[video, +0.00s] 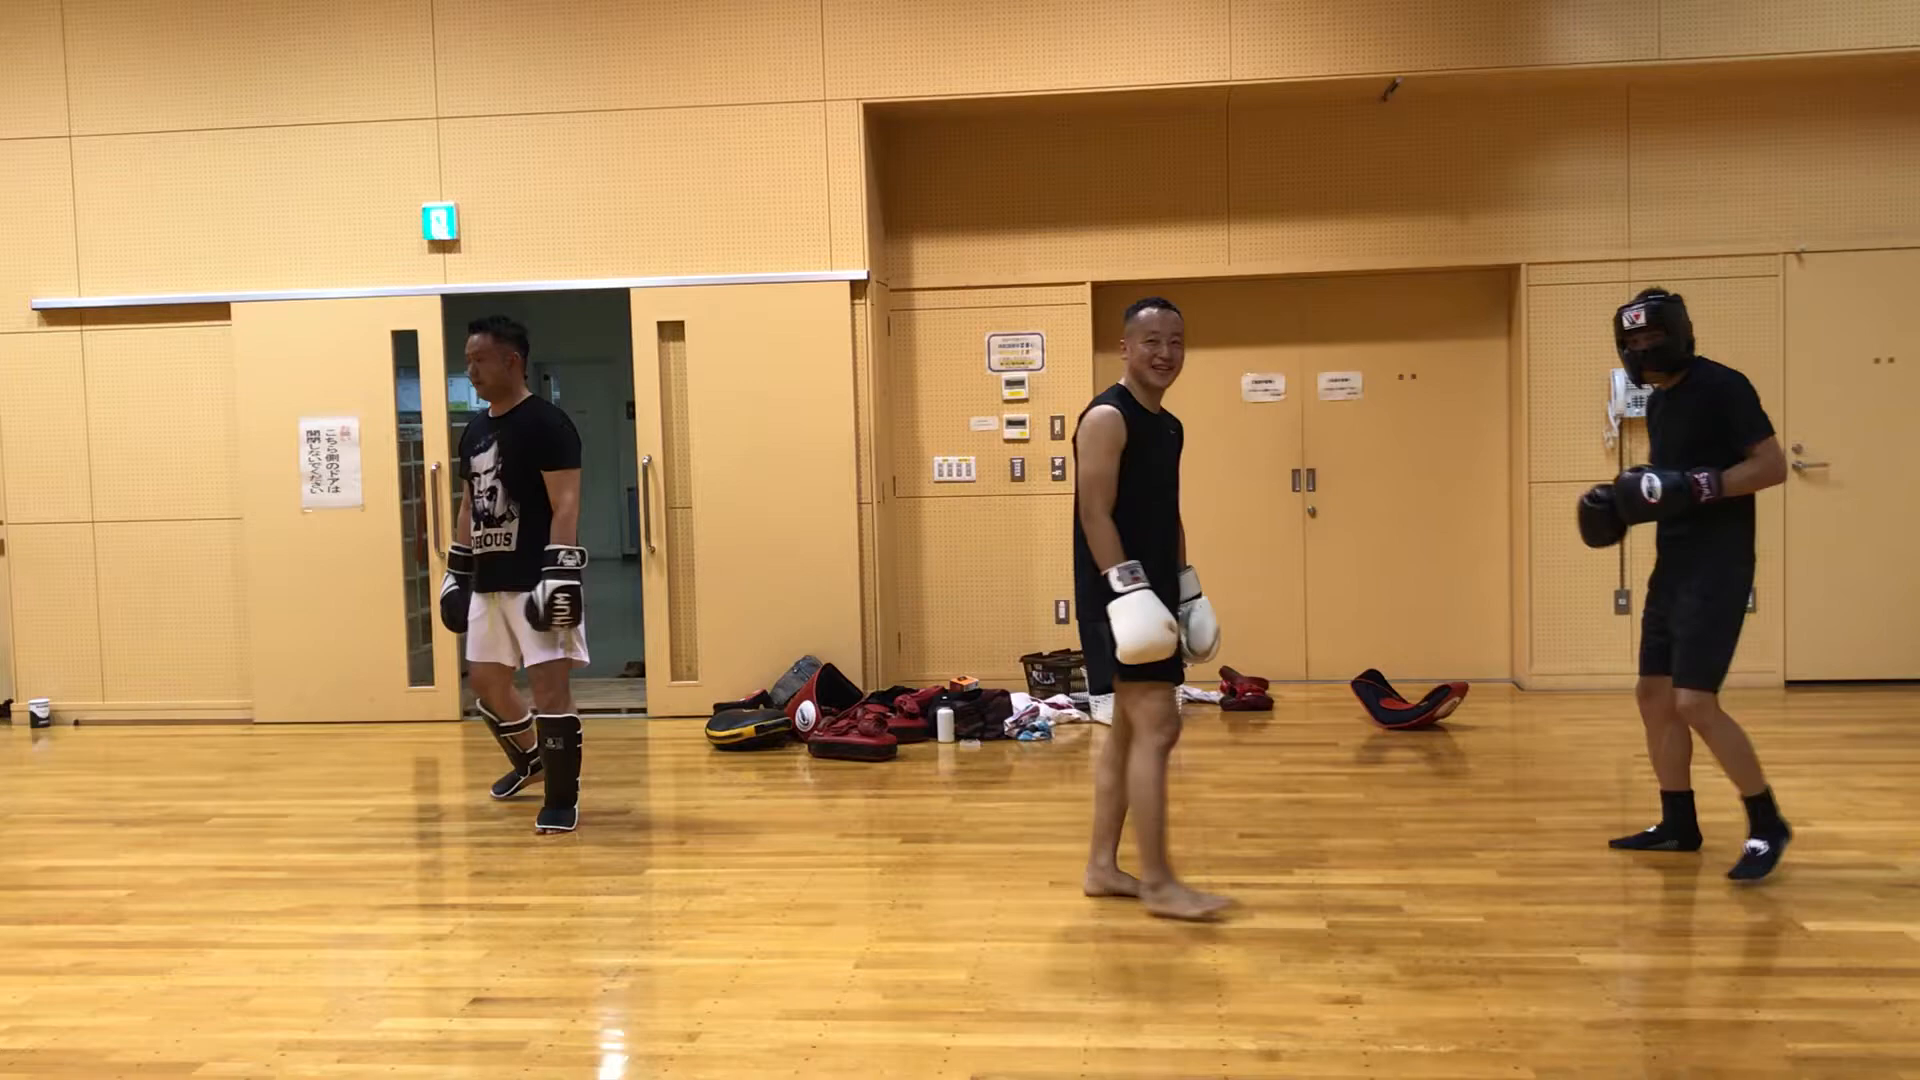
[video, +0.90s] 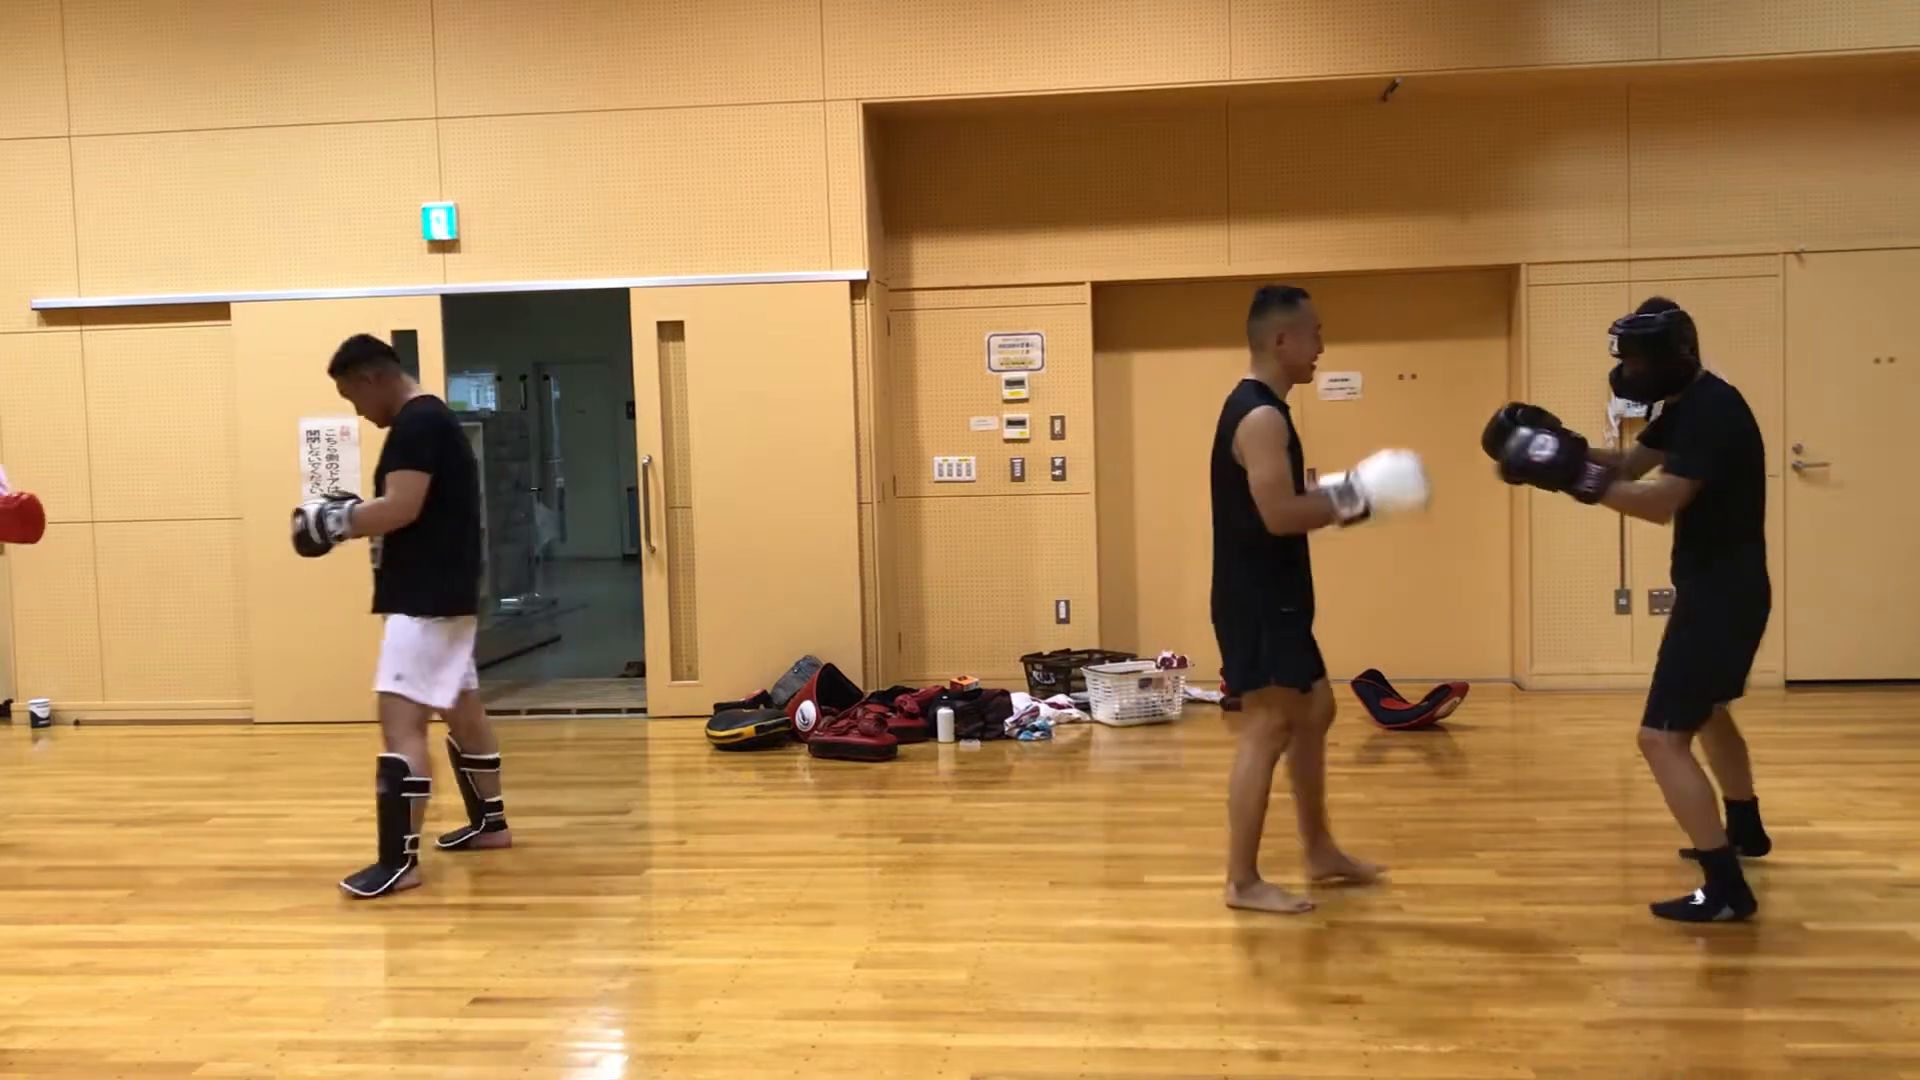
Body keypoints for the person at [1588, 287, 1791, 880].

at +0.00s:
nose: (1643, 359)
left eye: (1653, 345)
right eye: (1634, 349)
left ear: (1681, 337)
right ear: (1627, 352)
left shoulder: (1725, 387)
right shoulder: (1658, 400)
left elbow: (1772, 465)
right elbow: (1669, 475)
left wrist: (1697, 486)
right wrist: (1621, 500)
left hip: (1720, 566)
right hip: (1673, 564)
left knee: (1695, 700)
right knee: (1655, 695)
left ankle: (1768, 827)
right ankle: (1678, 826)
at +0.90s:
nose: (1625, 371)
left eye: (1634, 360)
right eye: (1623, 359)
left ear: (1670, 359)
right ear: (1669, 357)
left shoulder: (1711, 411)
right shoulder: (1688, 401)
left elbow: (1662, 506)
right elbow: (1633, 462)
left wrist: (1582, 482)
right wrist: (1562, 450)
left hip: (1719, 595)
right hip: (1723, 588)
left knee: (1661, 738)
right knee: (1706, 713)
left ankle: (1724, 889)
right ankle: (1746, 830)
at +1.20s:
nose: (1637, 351)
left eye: (1645, 338)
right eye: (1636, 338)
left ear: (1679, 334)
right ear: (1701, 329)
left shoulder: (1698, 394)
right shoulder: (1750, 379)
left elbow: (1636, 485)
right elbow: (1664, 465)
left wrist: (1566, 447)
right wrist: (1595, 448)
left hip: (1717, 599)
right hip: (1776, 590)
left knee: (1694, 741)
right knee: (1777, 732)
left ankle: (1725, 887)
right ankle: (1863, 866)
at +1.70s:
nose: (1652, 358)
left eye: (1652, 347)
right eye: (1653, 348)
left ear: (1666, 344)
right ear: (1727, 326)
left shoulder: (1676, 396)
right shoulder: (1804, 391)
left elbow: (1609, 499)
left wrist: (1592, 434)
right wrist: (1660, 400)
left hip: (1704, 625)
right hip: (1797, 626)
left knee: (1630, 765)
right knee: (1827, 794)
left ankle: (1628, 932)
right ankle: (1878, 981)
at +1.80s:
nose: (1629, 378)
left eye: (1630, 367)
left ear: (1643, 367)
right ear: (1710, 347)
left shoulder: (1644, 434)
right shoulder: (1783, 417)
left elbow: (1590, 546)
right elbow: (1797, 521)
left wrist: (1571, 473)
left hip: (1681, 663)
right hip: (1778, 660)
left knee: (1607, 807)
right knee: (1821, 823)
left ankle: (1579, 969)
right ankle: (1877, 996)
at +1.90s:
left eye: (1606, 359)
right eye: (1690, 339)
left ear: (1615, 362)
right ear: (1688, 349)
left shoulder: (1604, 429)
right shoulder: (1752, 413)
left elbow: (1540, 536)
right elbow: (1785, 525)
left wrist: (1532, 466)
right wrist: (1728, 473)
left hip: (1645, 662)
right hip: (1744, 660)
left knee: (1589, 824)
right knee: (1802, 815)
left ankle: (1569, 1000)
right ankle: (1872, 1000)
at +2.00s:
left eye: (1557, 346)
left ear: (1567, 347)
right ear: (1638, 338)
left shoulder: (1546, 409)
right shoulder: (1696, 401)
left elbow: (1449, 477)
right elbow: (1733, 513)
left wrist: (1446, 414)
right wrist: (1664, 476)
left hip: (1589, 654)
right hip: (1689, 651)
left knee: (1557, 821)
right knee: (1754, 810)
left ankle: (1565, 1008)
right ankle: (1808, 998)